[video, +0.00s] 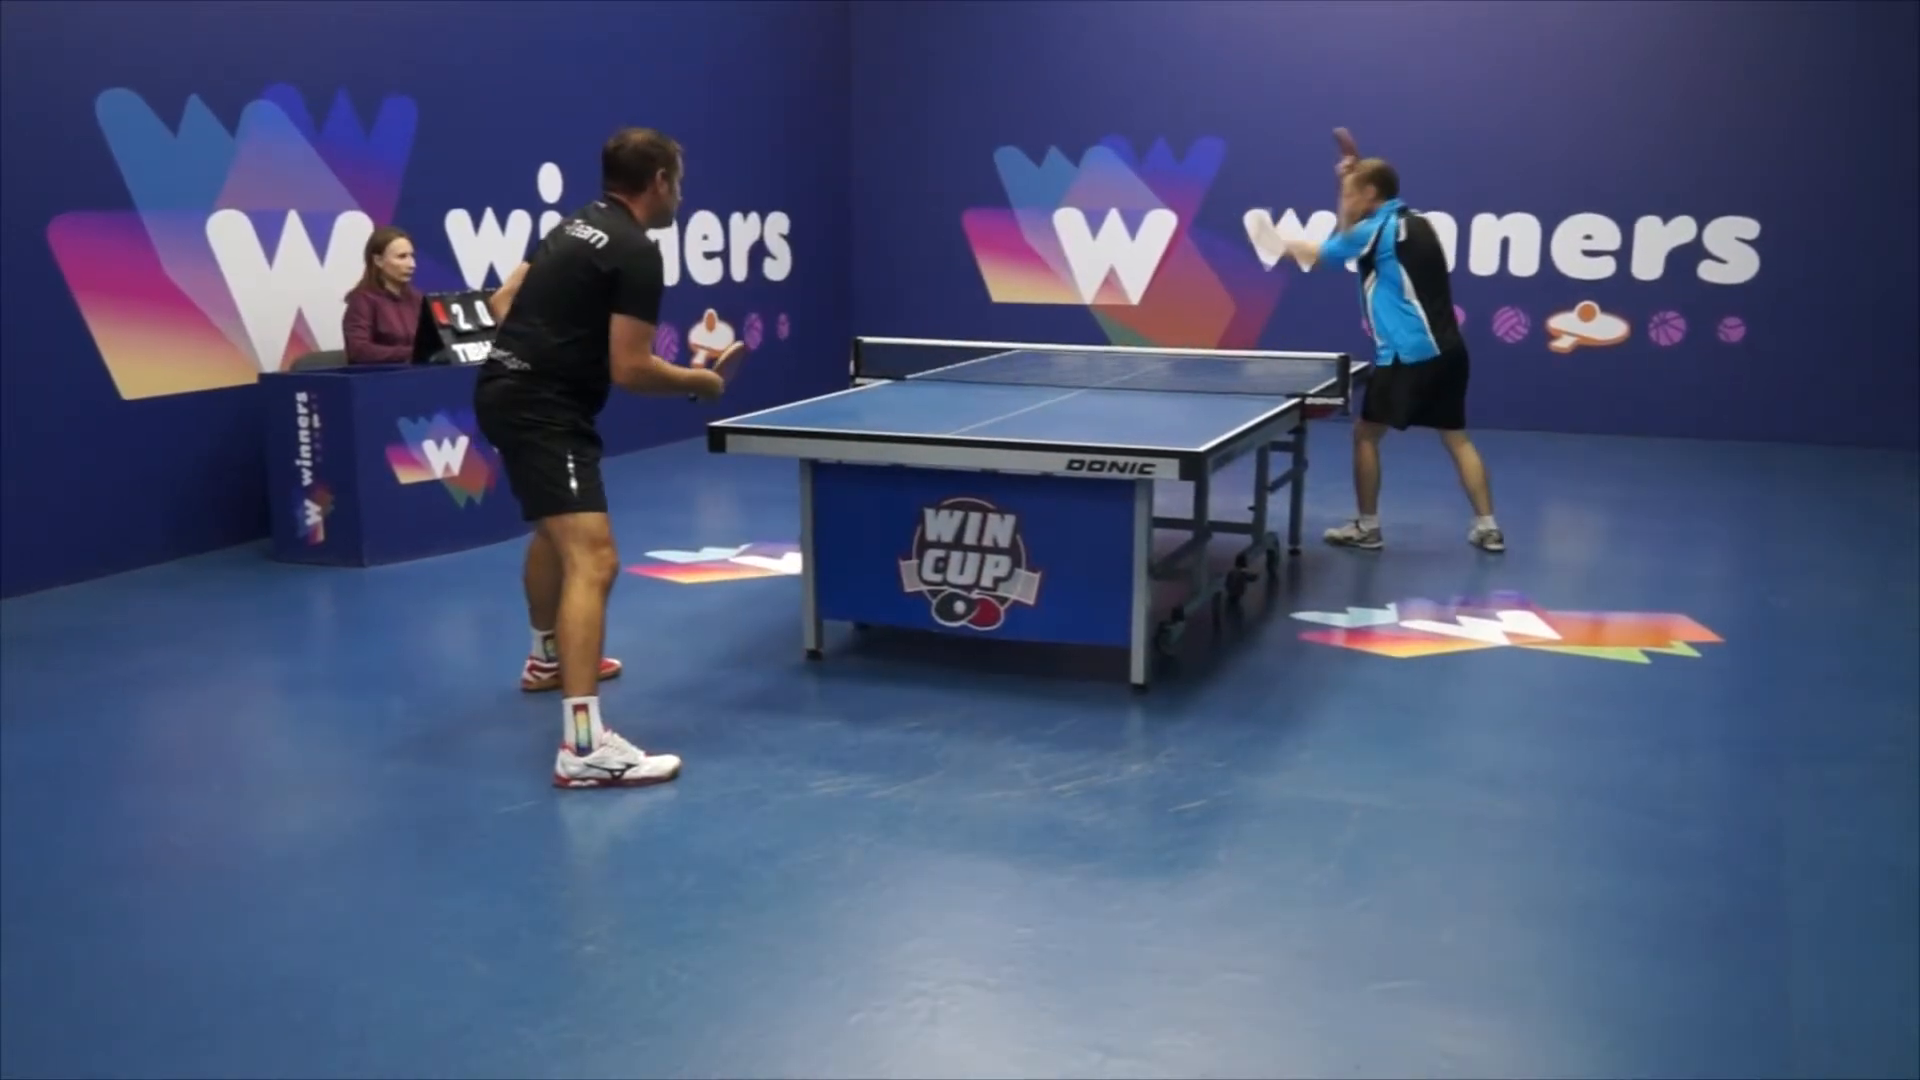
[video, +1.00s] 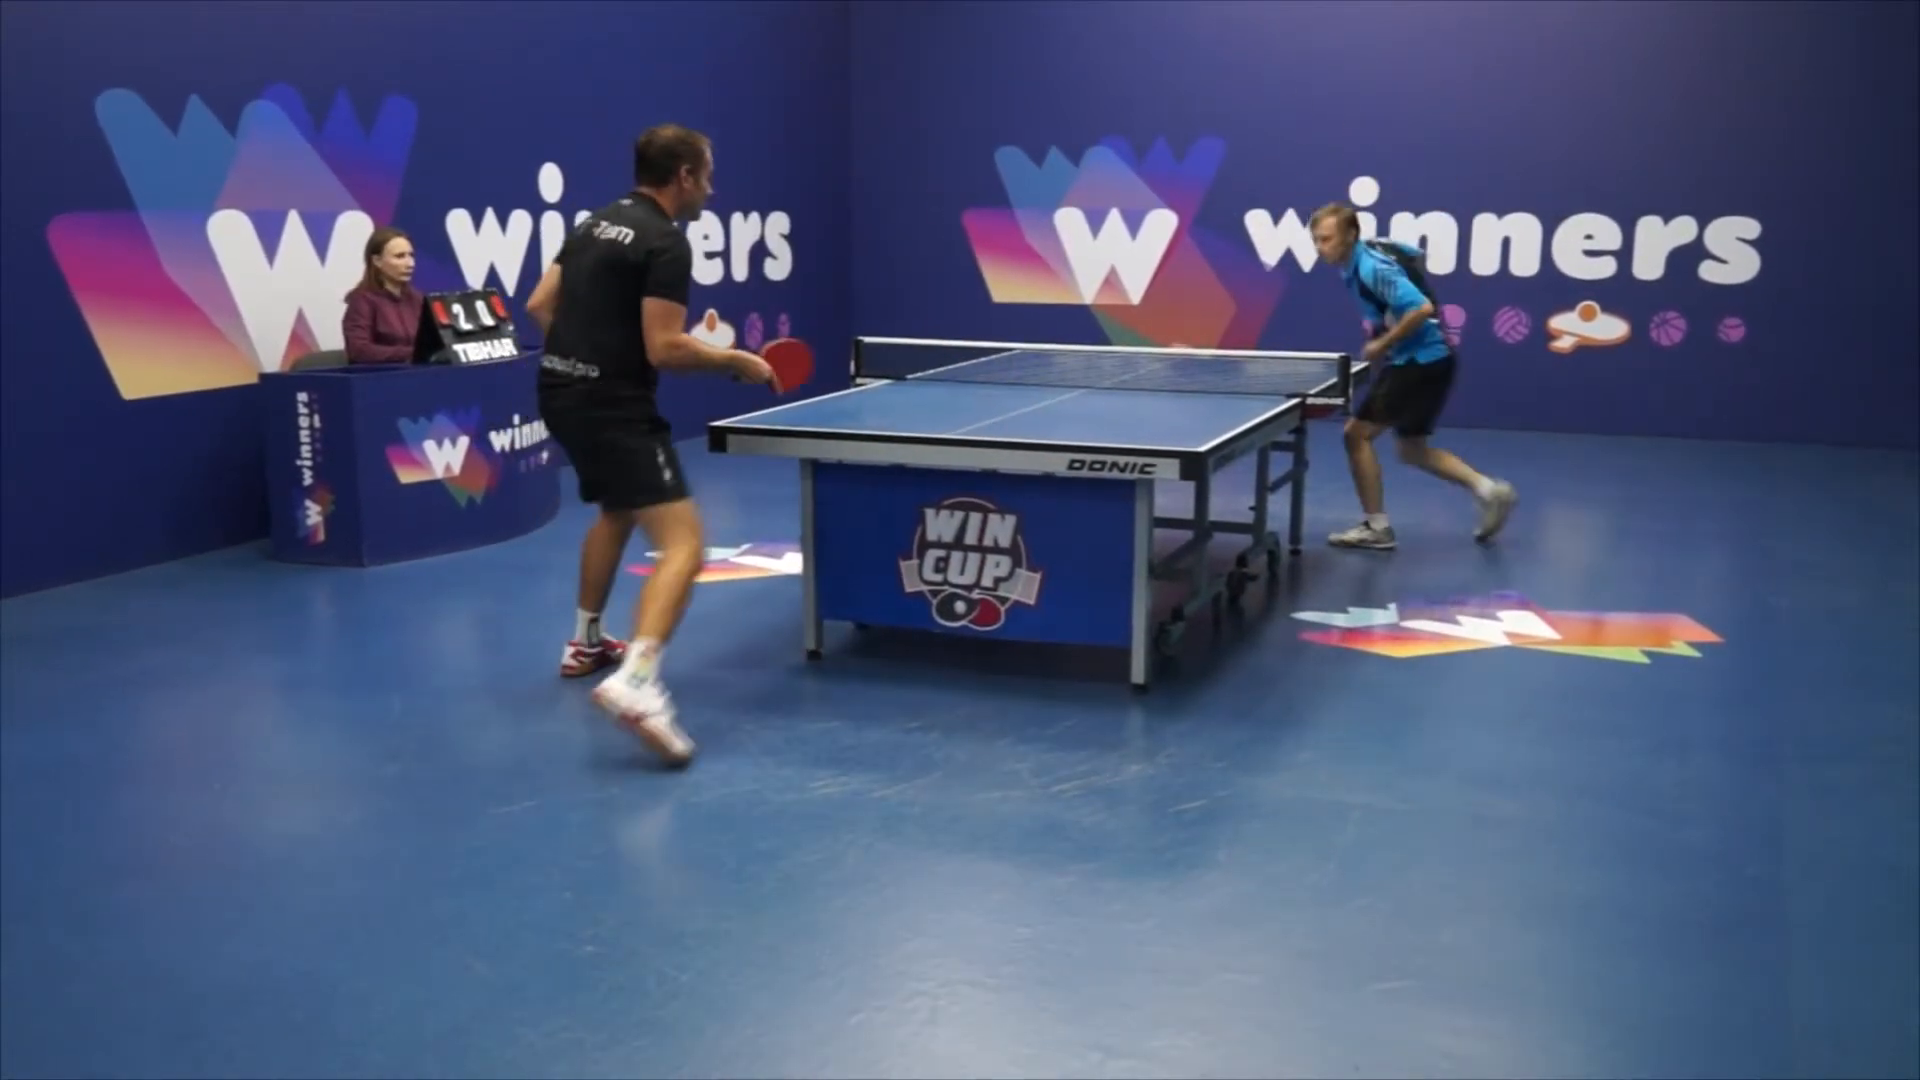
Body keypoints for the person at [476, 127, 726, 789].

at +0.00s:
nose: (679, 193)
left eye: (676, 181)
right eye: (675, 182)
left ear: (616, 181)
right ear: (655, 186)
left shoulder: (573, 225)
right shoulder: (637, 251)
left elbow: (504, 301)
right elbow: (628, 366)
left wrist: (558, 351)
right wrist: (696, 380)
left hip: (507, 389)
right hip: (545, 400)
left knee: (554, 530)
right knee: (593, 561)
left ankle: (548, 656)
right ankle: (583, 741)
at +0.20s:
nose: (673, 176)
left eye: (672, 163)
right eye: (670, 164)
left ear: (607, 167)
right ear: (650, 168)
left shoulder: (570, 219)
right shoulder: (634, 242)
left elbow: (508, 304)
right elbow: (629, 358)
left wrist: (569, 345)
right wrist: (698, 367)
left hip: (518, 391)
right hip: (561, 401)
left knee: (562, 528)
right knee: (604, 561)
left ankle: (549, 656)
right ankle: (584, 742)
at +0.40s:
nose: (670, 162)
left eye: (667, 150)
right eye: (667, 152)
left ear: (603, 157)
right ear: (649, 157)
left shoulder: (565, 214)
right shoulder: (637, 238)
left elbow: (517, 308)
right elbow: (632, 353)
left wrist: (582, 340)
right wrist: (701, 350)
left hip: (537, 393)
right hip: (586, 403)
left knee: (567, 527)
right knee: (623, 566)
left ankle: (550, 655)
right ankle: (586, 740)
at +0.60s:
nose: (680, 164)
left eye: (678, 152)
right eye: (677, 153)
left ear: (611, 158)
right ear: (660, 158)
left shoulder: (564, 216)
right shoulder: (652, 236)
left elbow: (515, 307)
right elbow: (650, 349)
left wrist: (577, 334)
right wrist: (715, 352)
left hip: (546, 396)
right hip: (602, 407)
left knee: (584, 513)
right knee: (634, 571)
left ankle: (560, 633)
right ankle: (586, 740)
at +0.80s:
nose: (693, 182)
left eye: (691, 170)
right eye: (689, 171)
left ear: (625, 175)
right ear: (670, 175)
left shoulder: (578, 231)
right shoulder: (664, 248)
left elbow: (520, 316)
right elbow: (666, 356)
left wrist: (561, 360)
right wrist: (728, 362)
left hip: (556, 409)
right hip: (613, 416)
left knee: (591, 527)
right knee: (637, 574)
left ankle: (583, 643)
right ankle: (589, 735)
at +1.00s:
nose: (711, 188)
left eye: (710, 175)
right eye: (708, 176)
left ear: (649, 175)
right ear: (683, 177)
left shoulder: (595, 221)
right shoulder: (665, 243)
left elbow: (541, 305)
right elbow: (664, 347)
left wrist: (600, 343)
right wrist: (735, 359)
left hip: (561, 388)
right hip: (614, 396)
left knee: (618, 509)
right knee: (683, 541)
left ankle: (585, 641)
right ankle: (637, 679)